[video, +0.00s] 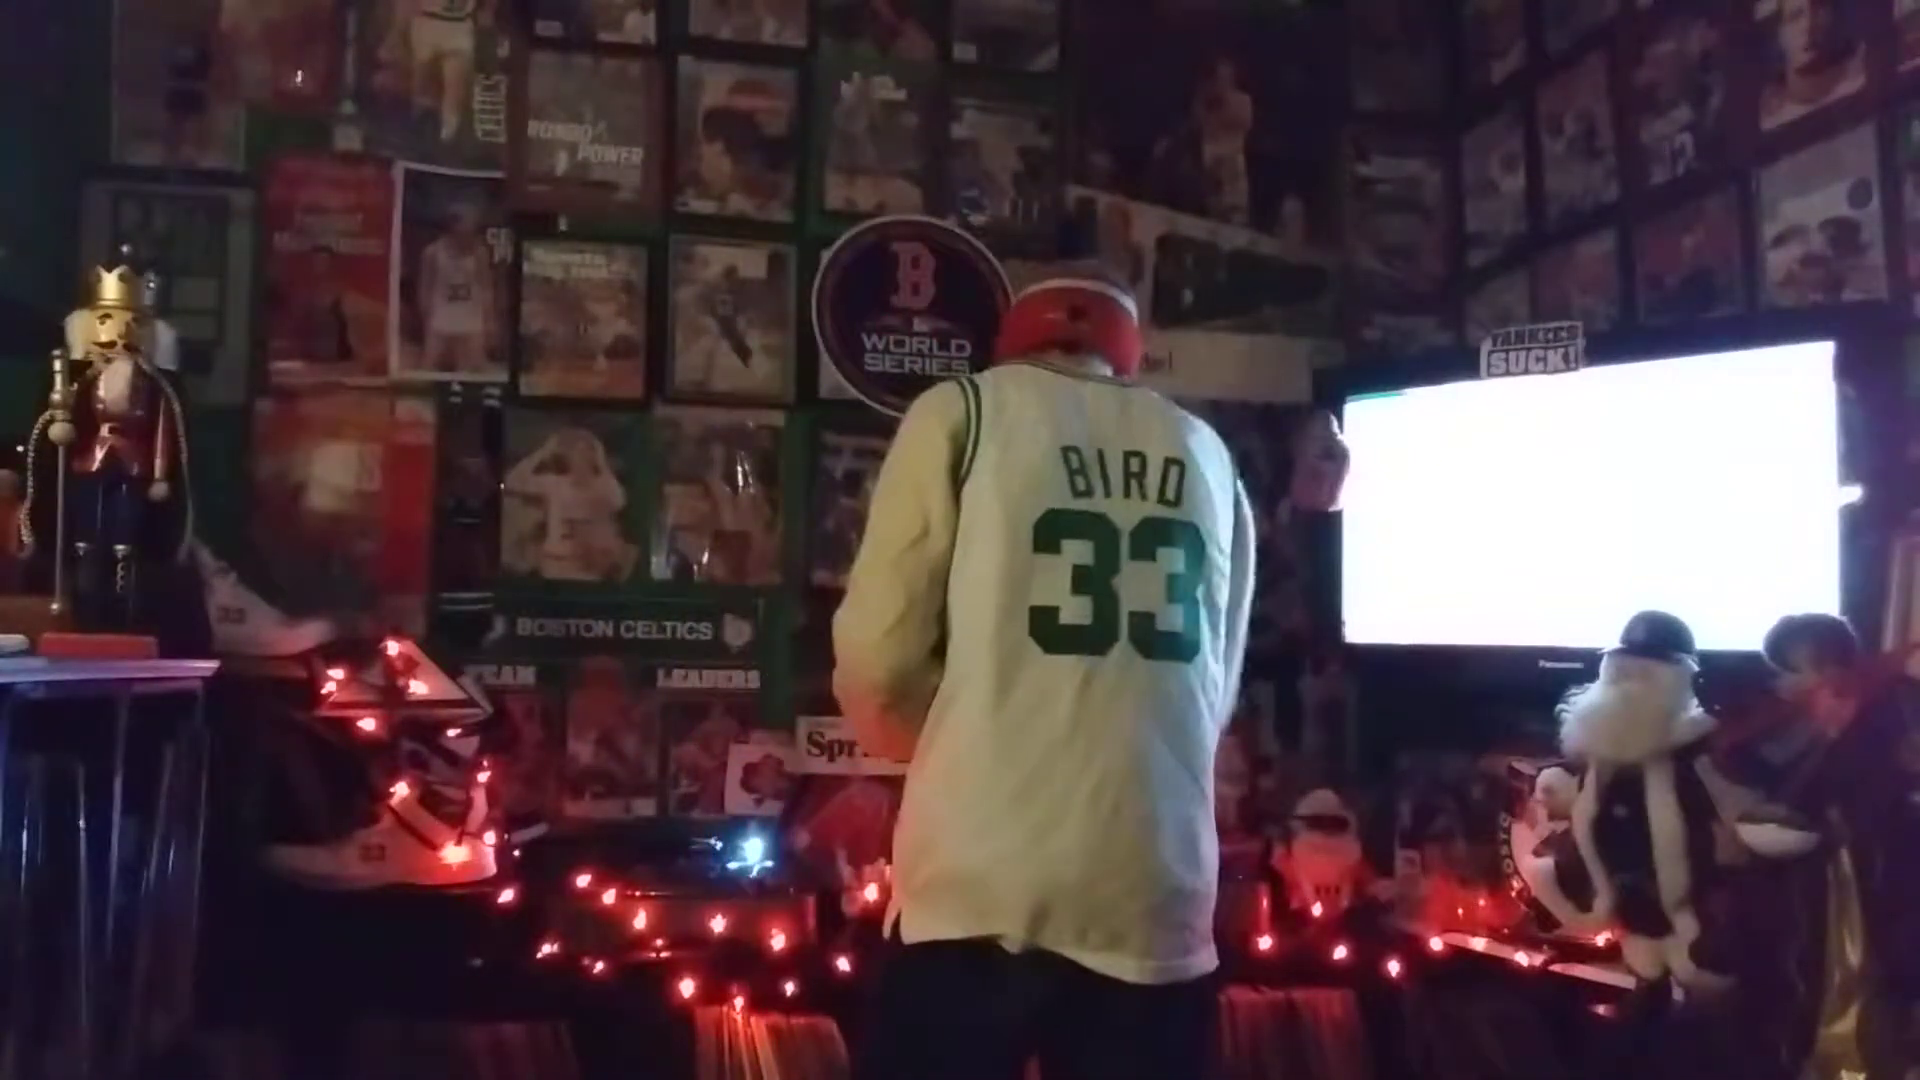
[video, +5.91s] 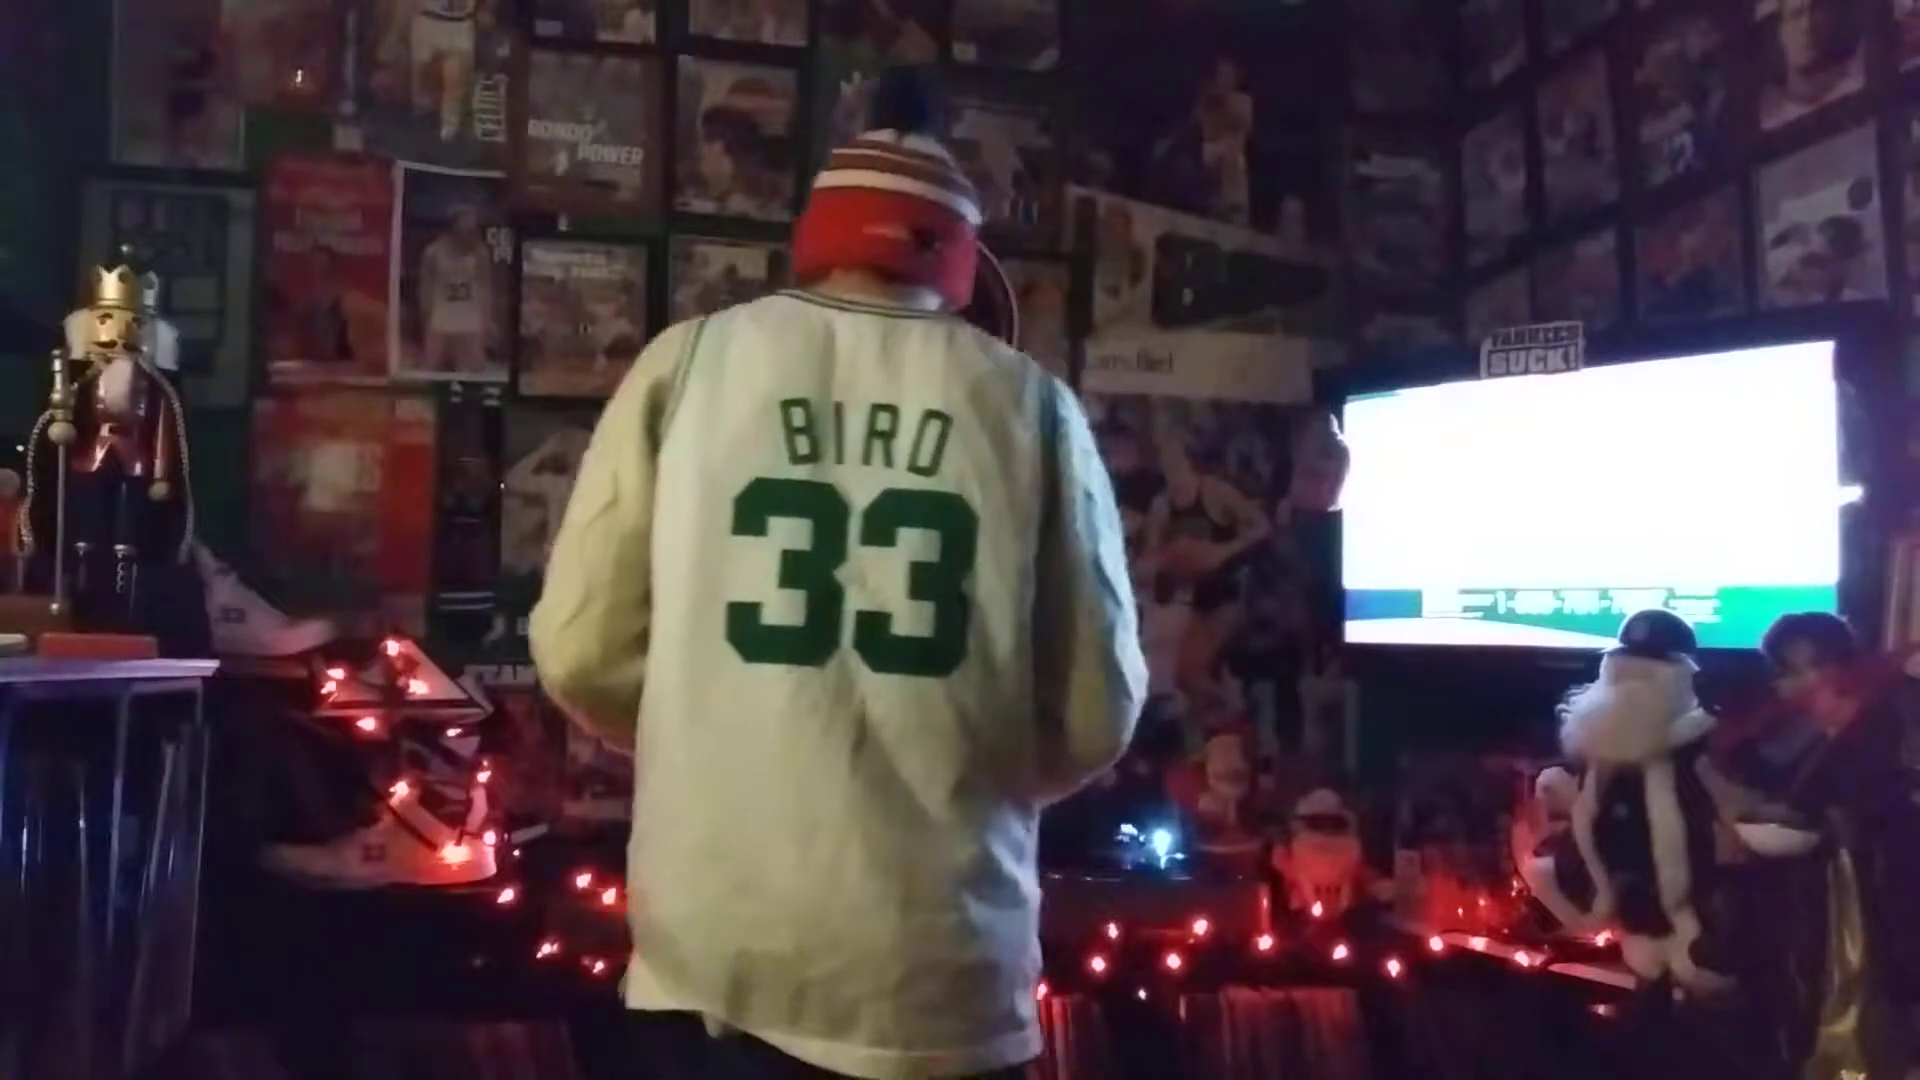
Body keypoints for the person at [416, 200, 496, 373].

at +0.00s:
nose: (465, 235)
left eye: (469, 230)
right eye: (461, 229)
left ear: (475, 229)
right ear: (452, 227)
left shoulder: (481, 252)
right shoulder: (433, 253)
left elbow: (488, 290)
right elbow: (425, 288)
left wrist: (490, 323)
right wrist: (427, 315)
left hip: (472, 328)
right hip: (440, 327)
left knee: (472, 379)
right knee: (433, 379)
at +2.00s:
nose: (466, 236)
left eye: (470, 231)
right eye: (462, 230)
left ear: (475, 230)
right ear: (452, 229)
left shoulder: (481, 252)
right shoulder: (434, 252)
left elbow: (487, 289)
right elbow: (425, 286)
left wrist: (490, 323)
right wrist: (427, 313)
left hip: (472, 326)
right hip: (441, 325)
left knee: (474, 376)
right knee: (432, 377)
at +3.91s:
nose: (467, 236)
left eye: (471, 231)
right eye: (463, 231)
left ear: (476, 231)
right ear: (453, 229)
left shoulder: (481, 253)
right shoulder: (434, 253)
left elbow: (486, 291)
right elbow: (425, 288)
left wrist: (490, 324)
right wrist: (427, 317)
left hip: (471, 324)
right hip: (441, 323)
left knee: (474, 375)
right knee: (433, 376)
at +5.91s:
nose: (468, 237)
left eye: (471, 231)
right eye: (464, 231)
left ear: (476, 230)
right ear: (454, 229)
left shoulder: (480, 253)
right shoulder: (434, 253)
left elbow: (486, 288)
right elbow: (425, 287)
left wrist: (489, 320)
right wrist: (426, 316)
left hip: (472, 325)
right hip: (440, 325)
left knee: (473, 375)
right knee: (434, 375)